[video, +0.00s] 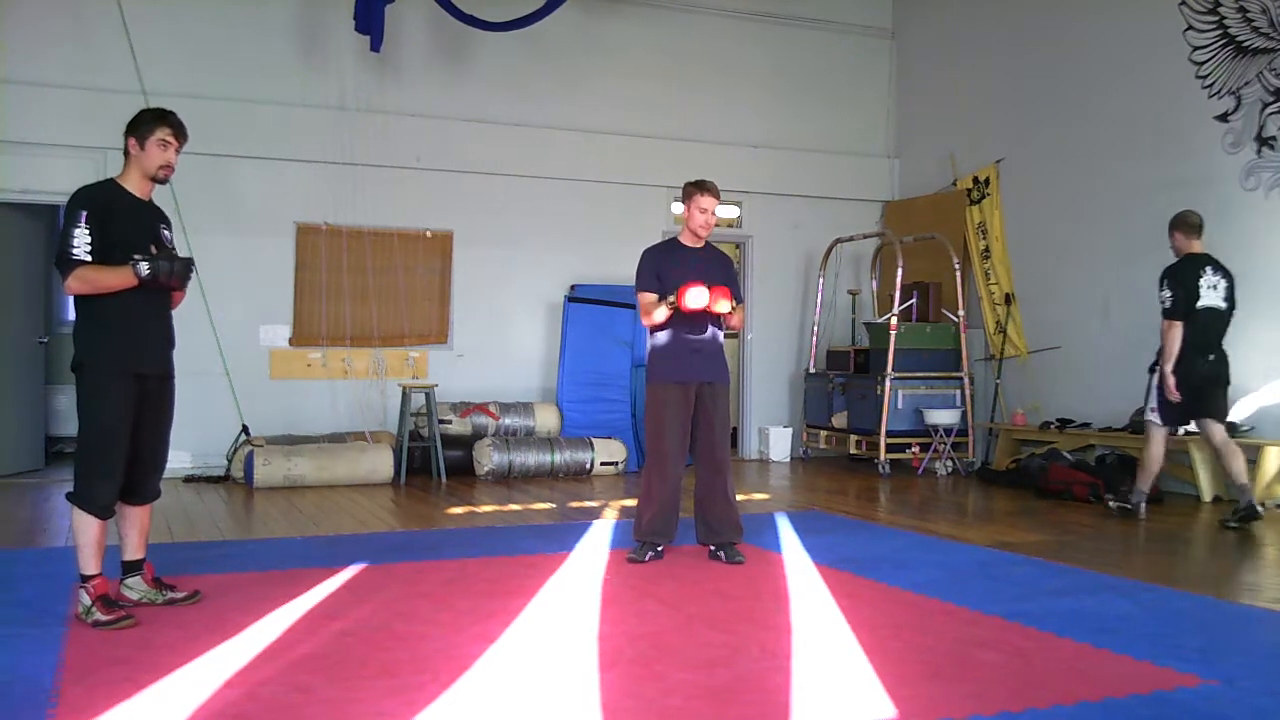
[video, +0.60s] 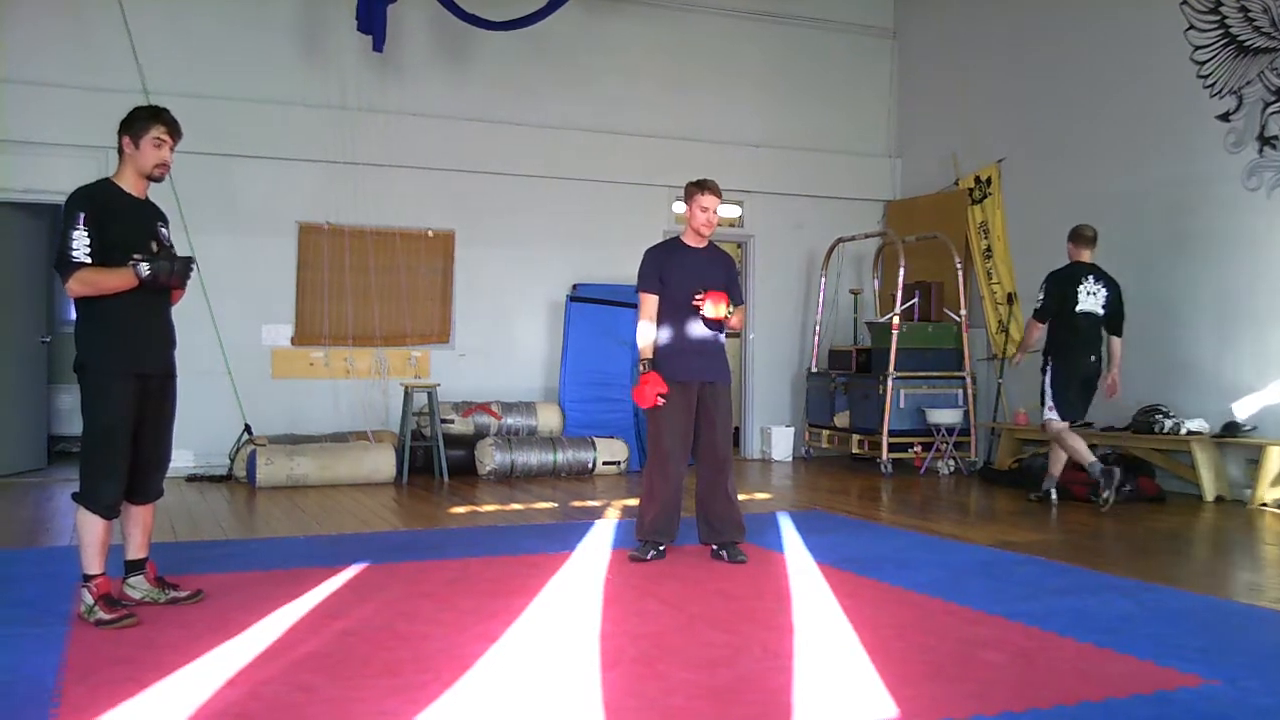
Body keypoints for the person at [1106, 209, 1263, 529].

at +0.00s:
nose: (1171, 243)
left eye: (1171, 238)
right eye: (1172, 238)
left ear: (1177, 236)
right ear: (1200, 234)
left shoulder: (1176, 272)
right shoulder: (1223, 273)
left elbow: (1174, 325)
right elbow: (1221, 321)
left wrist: (1167, 368)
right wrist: (1200, 350)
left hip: (1179, 362)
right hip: (1213, 363)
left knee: (1156, 431)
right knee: (1218, 434)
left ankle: (1137, 500)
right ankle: (1247, 502)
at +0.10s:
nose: (1149, 243)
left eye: (1148, 238)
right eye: (1149, 238)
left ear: (1153, 237)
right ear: (1177, 235)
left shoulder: (1150, 272)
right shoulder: (1200, 274)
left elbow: (1146, 324)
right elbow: (1200, 322)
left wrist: (1137, 365)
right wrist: (1173, 338)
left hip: (1155, 358)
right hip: (1187, 361)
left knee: (1136, 426)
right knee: (1174, 428)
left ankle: (1132, 499)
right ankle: (1217, 478)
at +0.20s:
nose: (1129, 241)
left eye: (1128, 236)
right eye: (1130, 236)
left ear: (1132, 235)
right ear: (1157, 233)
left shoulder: (1128, 271)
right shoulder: (1179, 272)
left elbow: (1117, 322)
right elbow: (1181, 320)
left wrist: (1104, 363)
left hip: (1134, 354)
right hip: (1165, 357)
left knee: (1126, 424)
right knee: (1141, 422)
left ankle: (1131, 497)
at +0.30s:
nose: (1110, 240)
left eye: (1110, 236)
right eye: (1113, 235)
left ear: (1114, 235)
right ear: (1138, 235)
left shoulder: (1107, 270)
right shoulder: (1161, 273)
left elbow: (1091, 321)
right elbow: (1164, 327)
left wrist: (1073, 356)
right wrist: (1157, 365)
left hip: (1114, 356)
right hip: (1144, 358)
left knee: (1122, 427)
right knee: (1109, 420)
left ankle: (1132, 497)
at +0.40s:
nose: (1094, 244)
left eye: (1094, 240)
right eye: (1096, 239)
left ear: (1097, 239)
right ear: (1122, 241)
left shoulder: (1089, 273)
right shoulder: (1142, 278)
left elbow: (1066, 321)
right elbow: (1149, 328)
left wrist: (1048, 349)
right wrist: (1145, 365)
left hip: (1096, 357)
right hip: (1128, 359)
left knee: (1113, 428)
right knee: (1092, 424)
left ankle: (1131, 498)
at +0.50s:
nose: (1079, 249)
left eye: (1079, 245)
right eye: (1081, 245)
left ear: (1082, 245)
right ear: (1106, 247)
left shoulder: (1072, 278)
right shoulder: (1124, 283)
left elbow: (1048, 324)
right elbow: (1131, 332)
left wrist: (1029, 347)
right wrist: (1130, 371)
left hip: (1077, 361)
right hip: (1107, 363)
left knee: (1093, 428)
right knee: (1072, 423)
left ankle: (1125, 492)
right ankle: (1050, 486)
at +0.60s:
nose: (1069, 250)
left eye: (1069, 245)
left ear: (1070, 246)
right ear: (1094, 248)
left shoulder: (1058, 278)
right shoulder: (1110, 284)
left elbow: (1037, 324)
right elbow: (1115, 333)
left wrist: (1022, 349)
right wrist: (1114, 370)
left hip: (1061, 360)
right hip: (1091, 363)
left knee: (1053, 425)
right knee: (1063, 427)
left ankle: (1101, 472)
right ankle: (1048, 487)